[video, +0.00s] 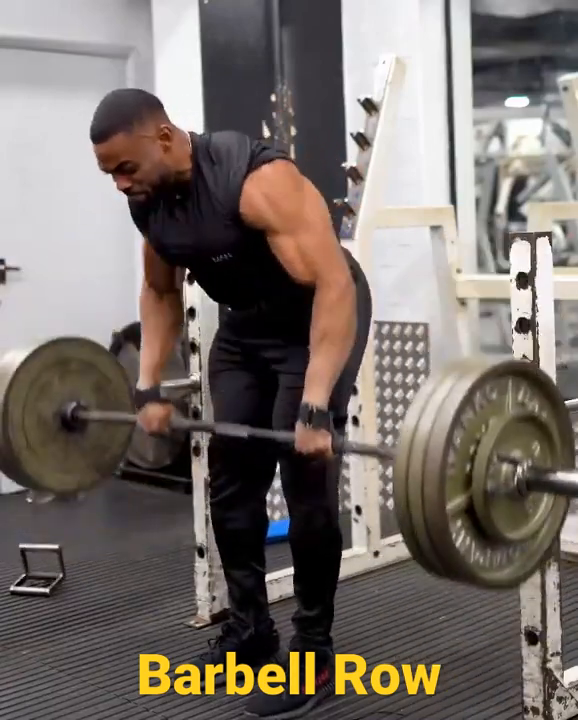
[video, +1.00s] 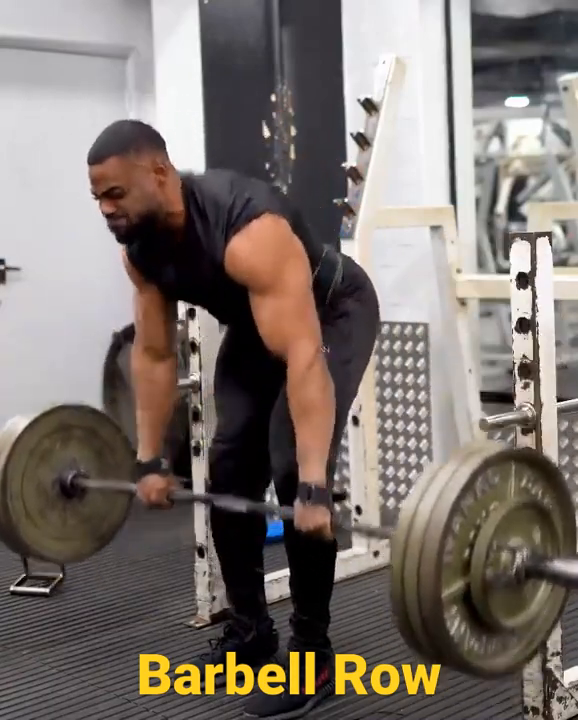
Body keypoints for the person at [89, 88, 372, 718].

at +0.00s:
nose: (120, 185)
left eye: (125, 168)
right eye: (111, 174)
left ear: (166, 137)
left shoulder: (261, 179)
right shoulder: (152, 203)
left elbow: (335, 283)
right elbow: (160, 292)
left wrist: (316, 402)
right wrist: (149, 386)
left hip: (318, 324)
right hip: (245, 333)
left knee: (307, 478)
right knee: (230, 483)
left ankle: (312, 646)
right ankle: (248, 626)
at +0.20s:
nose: (114, 204)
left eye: (119, 187)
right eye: (106, 193)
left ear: (159, 156)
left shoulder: (260, 206)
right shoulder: (146, 224)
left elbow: (316, 326)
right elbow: (155, 326)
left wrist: (318, 454)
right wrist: (154, 429)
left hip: (329, 308)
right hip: (251, 320)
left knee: (310, 468)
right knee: (227, 469)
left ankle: (312, 647)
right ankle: (249, 625)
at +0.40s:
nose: (109, 222)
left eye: (115, 205)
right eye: (101, 210)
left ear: (157, 176)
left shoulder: (256, 233)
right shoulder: (144, 245)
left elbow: (303, 360)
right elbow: (156, 356)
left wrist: (322, 486)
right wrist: (157, 460)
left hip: (330, 312)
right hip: (249, 324)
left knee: (302, 472)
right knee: (221, 468)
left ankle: (313, 647)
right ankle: (248, 628)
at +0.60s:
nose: (106, 235)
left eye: (114, 218)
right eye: (98, 221)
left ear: (157, 194)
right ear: (146, 199)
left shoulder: (256, 257)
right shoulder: (142, 268)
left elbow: (298, 391)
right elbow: (158, 382)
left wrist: (321, 515)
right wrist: (157, 485)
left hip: (335, 319)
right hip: (253, 327)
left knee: (297, 472)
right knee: (216, 466)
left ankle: (311, 649)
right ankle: (248, 627)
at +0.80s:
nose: (108, 237)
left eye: (117, 219)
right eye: (101, 223)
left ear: (162, 200)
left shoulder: (257, 263)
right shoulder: (142, 277)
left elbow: (297, 399)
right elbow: (157, 388)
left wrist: (317, 526)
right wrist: (153, 495)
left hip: (336, 324)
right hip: (253, 333)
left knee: (294, 475)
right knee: (211, 470)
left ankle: (311, 650)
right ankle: (248, 628)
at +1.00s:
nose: (106, 212)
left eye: (114, 194)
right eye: (98, 198)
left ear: (160, 172)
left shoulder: (250, 229)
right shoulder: (142, 245)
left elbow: (304, 355)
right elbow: (154, 353)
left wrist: (312, 485)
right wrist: (150, 458)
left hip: (333, 308)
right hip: (253, 319)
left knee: (299, 469)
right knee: (229, 469)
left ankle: (311, 650)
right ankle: (248, 630)